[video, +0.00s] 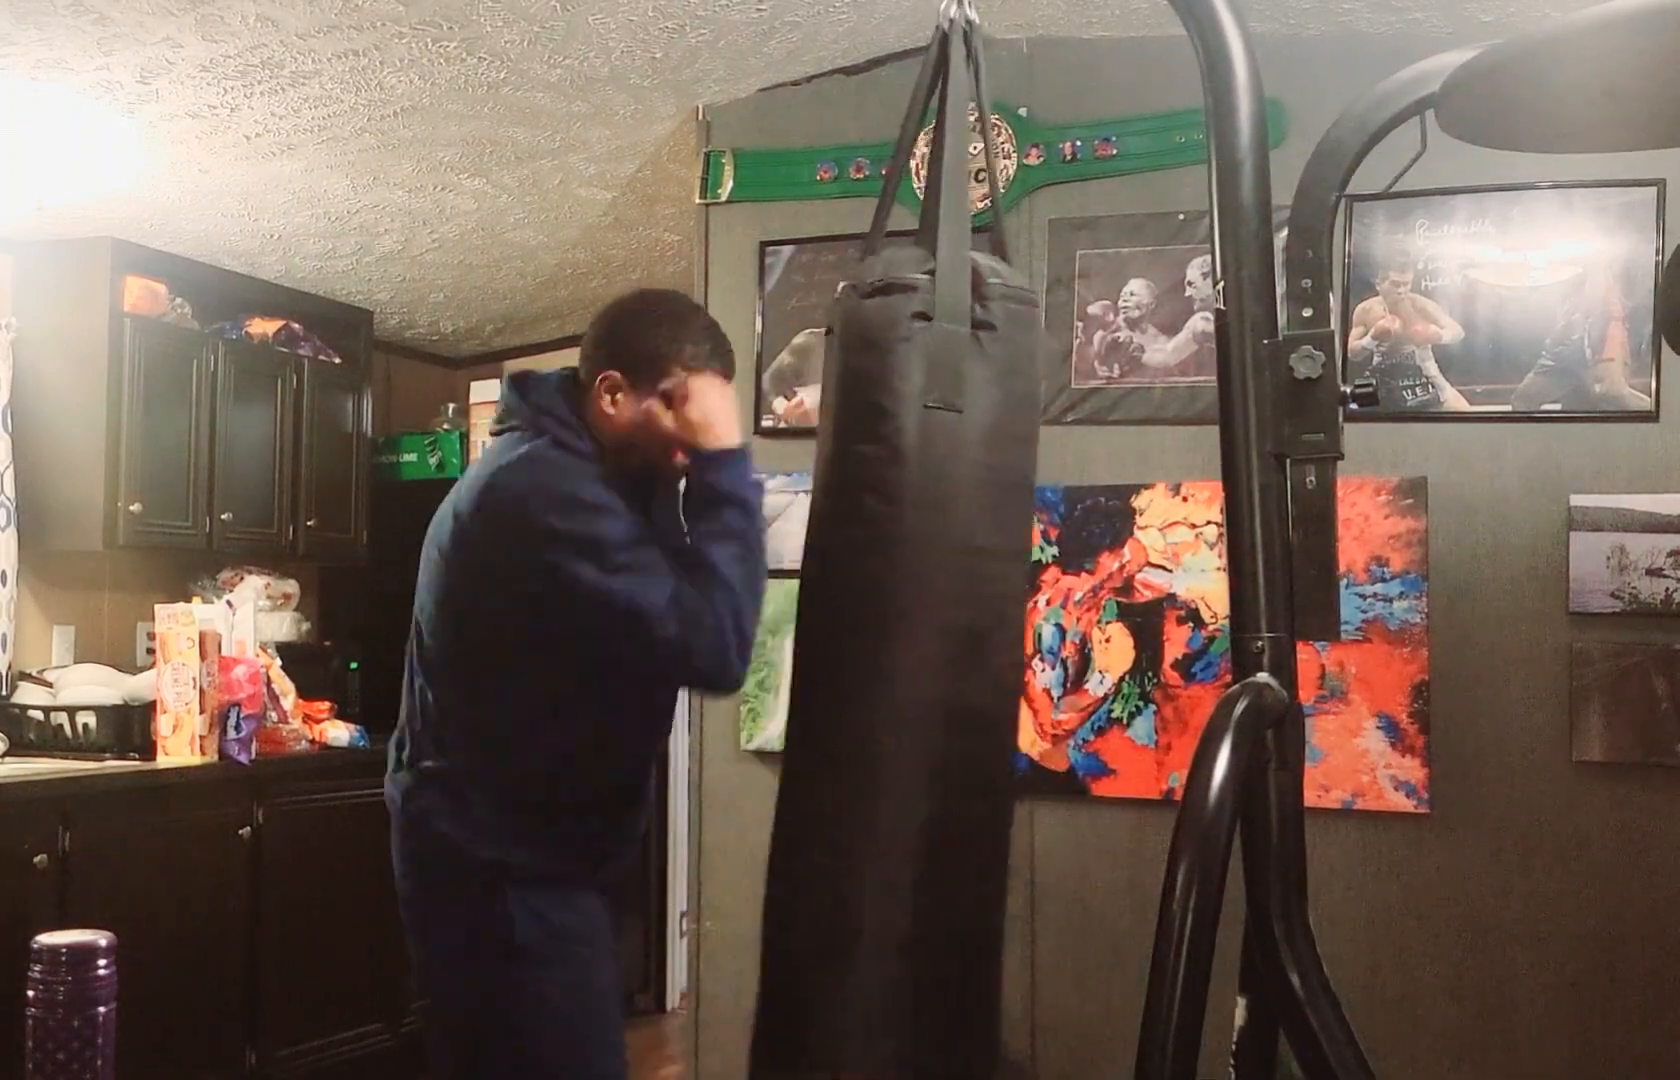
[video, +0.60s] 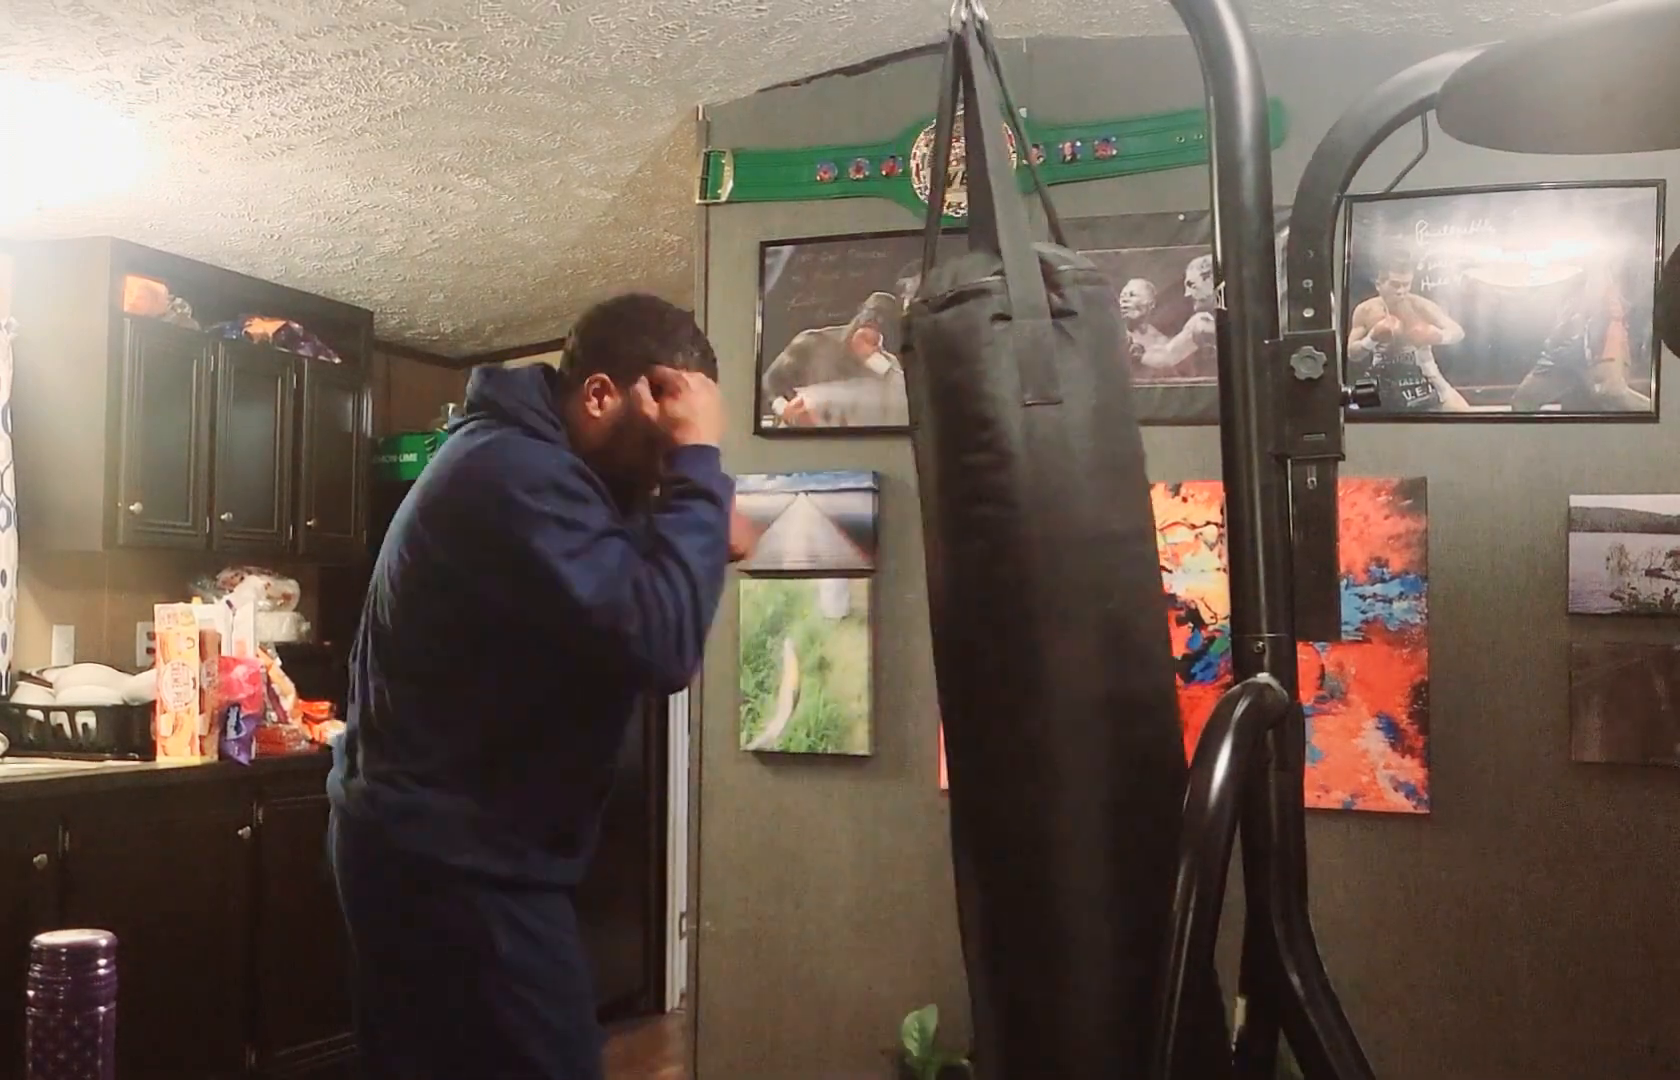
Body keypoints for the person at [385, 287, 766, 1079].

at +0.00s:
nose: (692, 447)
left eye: (699, 423)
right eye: (682, 418)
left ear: (607, 395)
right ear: (611, 394)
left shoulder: (567, 469)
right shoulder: (544, 489)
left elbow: (698, 624)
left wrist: (699, 467)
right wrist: (723, 460)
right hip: (506, 876)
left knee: (542, 1061)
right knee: (568, 1065)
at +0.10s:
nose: (716, 424)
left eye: (722, 403)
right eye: (705, 395)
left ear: (619, 386)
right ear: (624, 386)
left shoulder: (520, 449)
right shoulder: (578, 466)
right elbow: (751, 611)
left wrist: (693, 510)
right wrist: (749, 426)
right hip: (508, 859)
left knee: (498, 1061)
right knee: (573, 1062)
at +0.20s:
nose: (690, 450)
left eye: (698, 427)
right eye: (685, 424)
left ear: (611, 398)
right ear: (619, 403)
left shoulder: (503, 456)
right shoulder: (581, 472)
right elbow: (758, 608)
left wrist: (683, 528)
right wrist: (748, 432)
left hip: (406, 835)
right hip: (496, 863)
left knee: (432, 1058)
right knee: (587, 1062)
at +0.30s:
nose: (670, 495)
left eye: (677, 476)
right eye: (668, 469)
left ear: (599, 421)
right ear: (614, 426)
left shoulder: (469, 475)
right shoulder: (579, 484)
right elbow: (745, 629)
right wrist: (738, 460)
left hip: (367, 843)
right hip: (488, 867)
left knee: (403, 1063)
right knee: (574, 1061)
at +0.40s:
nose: (662, 500)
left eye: (670, 479)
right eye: (661, 473)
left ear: (597, 428)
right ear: (605, 431)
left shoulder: (465, 477)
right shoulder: (563, 489)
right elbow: (727, 646)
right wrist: (724, 470)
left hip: (368, 858)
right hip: (481, 881)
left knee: (406, 1065)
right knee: (574, 1063)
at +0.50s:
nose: (672, 472)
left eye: (679, 451)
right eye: (666, 445)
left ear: (596, 413)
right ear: (600, 416)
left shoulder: (477, 465)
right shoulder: (543, 482)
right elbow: (703, 645)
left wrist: (641, 555)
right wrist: (716, 467)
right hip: (476, 877)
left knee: (425, 1065)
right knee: (568, 1062)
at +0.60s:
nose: (682, 443)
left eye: (686, 422)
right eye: (672, 419)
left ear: (598, 397)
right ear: (601, 397)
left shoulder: (512, 456)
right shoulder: (517, 472)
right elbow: (660, 640)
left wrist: (697, 538)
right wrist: (698, 457)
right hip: (463, 871)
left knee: (452, 1062)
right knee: (544, 1061)